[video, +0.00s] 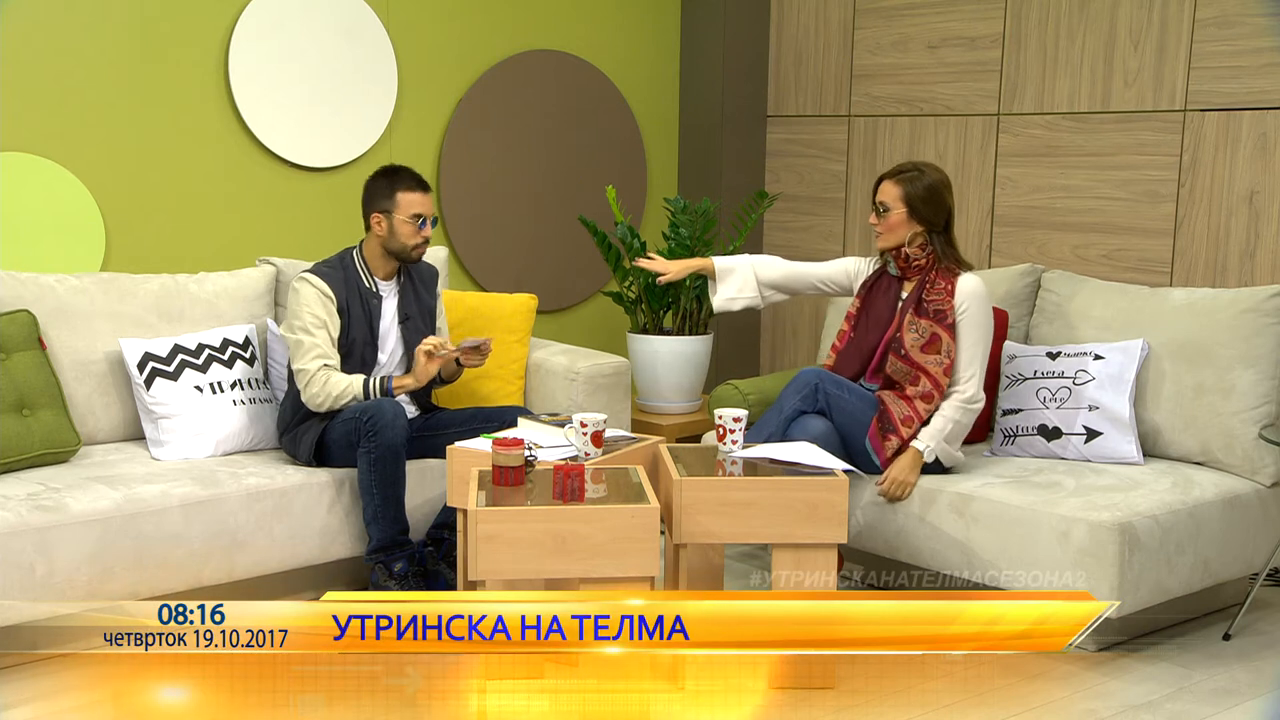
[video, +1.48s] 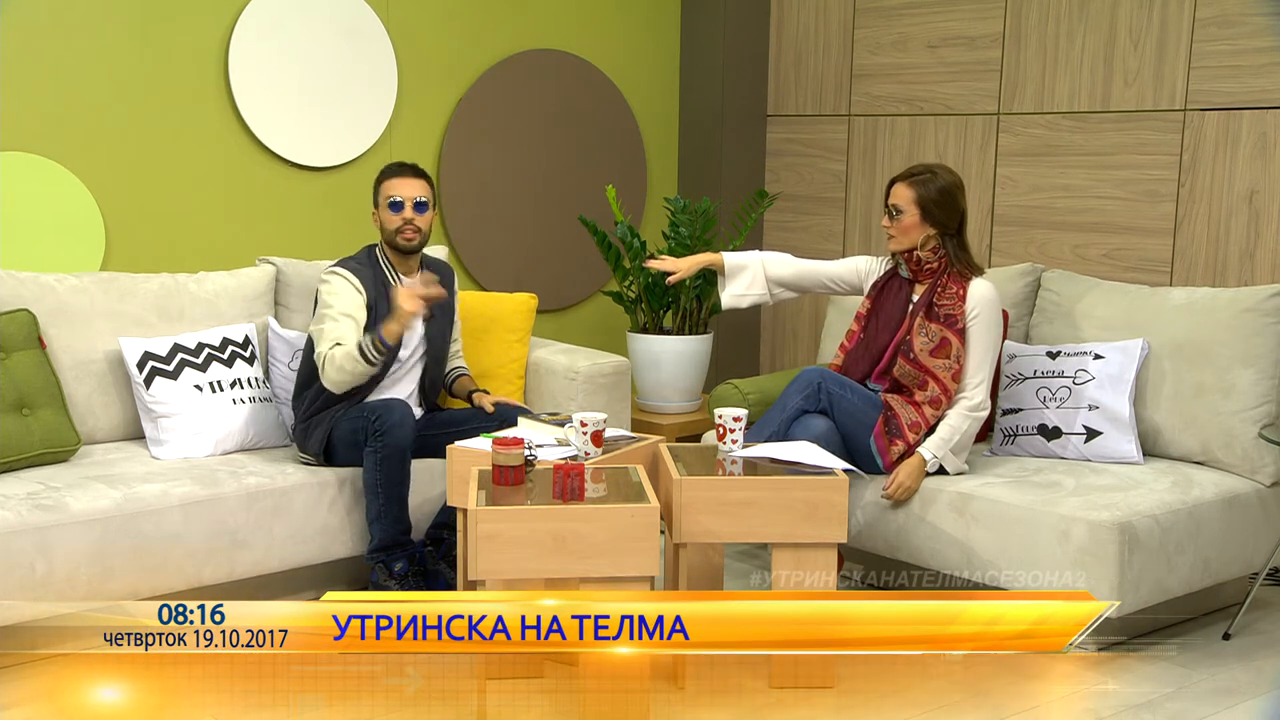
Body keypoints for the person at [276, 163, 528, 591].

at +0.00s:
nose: (429, 233)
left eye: (431, 223)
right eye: (418, 222)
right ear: (378, 223)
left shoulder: (424, 278)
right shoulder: (318, 287)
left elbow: (430, 376)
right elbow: (318, 388)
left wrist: (454, 364)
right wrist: (406, 380)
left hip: (406, 421)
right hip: (323, 428)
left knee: (515, 422)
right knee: (387, 413)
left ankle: (440, 549)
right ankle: (392, 563)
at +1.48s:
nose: (409, 217)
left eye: (420, 206)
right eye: (396, 206)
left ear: (433, 217)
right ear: (377, 217)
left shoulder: (441, 274)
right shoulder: (345, 278)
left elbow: (450, 362)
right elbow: (336, 373)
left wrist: (475, 393)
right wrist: (394, 324)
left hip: (413, 423)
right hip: (335, 426)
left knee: (508, 420)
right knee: (395, 414)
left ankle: (439, 549)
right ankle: (392, 562)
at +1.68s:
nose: (400, 216)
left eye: (412, 206)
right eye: (387, 205)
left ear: (426, 218)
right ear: (370, 215)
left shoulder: (438, 273)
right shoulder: (341, 275)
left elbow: (451, 359)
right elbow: (333, 356)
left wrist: (474, 393)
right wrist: (378, 291)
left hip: (413, 421)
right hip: (334, 424)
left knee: (507, 420)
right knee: (392, 414)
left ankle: (440, 547)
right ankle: (392, 562)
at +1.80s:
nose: (392, 216)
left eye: (405, 206)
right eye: (380, 205)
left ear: (421, 219)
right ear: (363, 215)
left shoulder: (436, 273)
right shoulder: (339, 269)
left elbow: (454, 355)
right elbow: (309, 302)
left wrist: (476, 393)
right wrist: (408, 289)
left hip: (415, 421)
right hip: (334, 424)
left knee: (513, 422)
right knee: (394, 413)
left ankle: (439, 550)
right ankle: (392, 562)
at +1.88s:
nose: (387, 215)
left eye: (401, 206)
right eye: (375, 205)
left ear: (418, 218)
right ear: (359, 215)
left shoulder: (435, 273)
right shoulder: (333, 263)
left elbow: (456, 352)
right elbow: (315, 260)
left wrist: (477, 392)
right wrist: (415, 268)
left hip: (415, 421)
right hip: (333, 423)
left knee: (514, 422)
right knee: (395, 412)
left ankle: (441, 549)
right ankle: (391, 561)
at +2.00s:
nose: (385, 216)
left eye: (398, 205)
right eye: (373, 204)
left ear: (415, 216)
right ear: (359, 213)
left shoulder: (436, 274)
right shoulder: (332, 268)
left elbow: (455, 347)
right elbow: (314, 226)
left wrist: (477, 389)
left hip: (414, 419)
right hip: (335, 425)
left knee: (515, 420)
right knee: (395, 413)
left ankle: (441, 548)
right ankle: (391, 562)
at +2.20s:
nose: (388, 215)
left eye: (400, 205)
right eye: (375, 204)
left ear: (417, 215)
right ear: (358, 212)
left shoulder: (437, 274)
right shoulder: (332, 264)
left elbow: (460, 346)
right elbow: (304, 211)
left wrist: (493, 388)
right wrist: (272, 130)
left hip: (415, 421)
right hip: (336, 425)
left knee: (515, 421)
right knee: (393, 414)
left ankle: (442, 550)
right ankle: (392, 564)